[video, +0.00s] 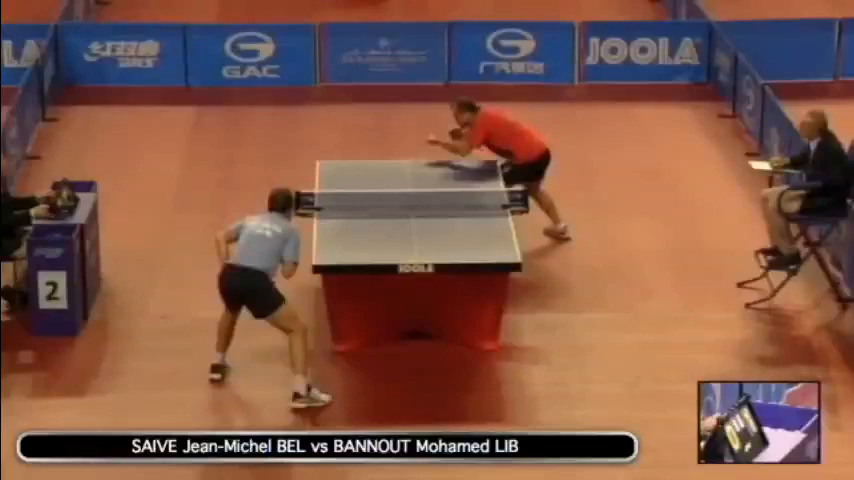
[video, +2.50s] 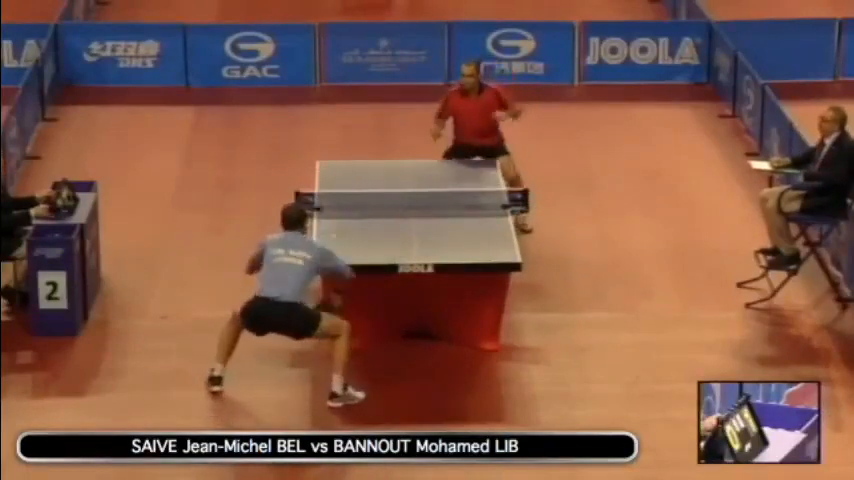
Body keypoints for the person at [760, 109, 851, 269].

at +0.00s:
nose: (801, 126)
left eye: (807, 123)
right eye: (802, 123)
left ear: (818, 127)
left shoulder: (830, 148)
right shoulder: (814, 144)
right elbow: (803, 160)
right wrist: (785, 163)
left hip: (829, 201)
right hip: (816, 193)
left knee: (775, 204)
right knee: (767, 196)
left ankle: (790, 253)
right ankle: (780, 246)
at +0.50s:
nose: (794, 129)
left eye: (798, 125)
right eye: (794, 125)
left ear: (808, 127)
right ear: (808, 127)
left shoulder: (822, 145)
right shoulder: (811, 141)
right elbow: (803, 160)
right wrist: (785, 163)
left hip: (828, 199)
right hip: (815, 191)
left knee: (774, 206)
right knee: (767, 197)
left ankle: (790, 253)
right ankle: (779, 247)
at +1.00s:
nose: (816, 125)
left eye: (821, 122)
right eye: (817, 121)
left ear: (833, 125)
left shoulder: (845, 146)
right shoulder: (823, 142)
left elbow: (842, 180)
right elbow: (805, 159)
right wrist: (786, 163)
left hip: (830, 199)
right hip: (813, 191)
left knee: (774, 204)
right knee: (767, 197)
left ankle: (789, 253)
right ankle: (780, 247)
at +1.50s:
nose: (822, 123)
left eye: (827, 120)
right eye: (823, 119)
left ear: (840, 125)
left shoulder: (847, 146)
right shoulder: (826, 142)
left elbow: (838, 176)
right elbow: (805, 159)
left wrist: (808, 173)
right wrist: (786, 163)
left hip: (830, 199)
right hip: (815, 191)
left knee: (775, 204)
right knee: (766, 196)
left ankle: (790, 254)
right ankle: (780, 247)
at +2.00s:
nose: (821, 123)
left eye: (826, 121)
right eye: (822, 119)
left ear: (838, 125)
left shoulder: (846, 146)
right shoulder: (826, 141)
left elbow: (836, 177)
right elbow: (807, 158)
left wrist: (807, 175)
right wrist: (786, 162)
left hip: (830, 199)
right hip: (814, 191)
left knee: (774, 204)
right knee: (766, 197)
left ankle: (790, 253)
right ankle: (780, 247)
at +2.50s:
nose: (820, 124)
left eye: (825, 121)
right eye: (820, 120)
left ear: (837, 125)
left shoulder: (846, 147)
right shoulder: (826, 141)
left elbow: (837, 177)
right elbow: (806, 159)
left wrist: (807, 175)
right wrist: (786, 163)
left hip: (829, 199)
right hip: (815, 191)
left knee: (774, 205)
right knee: (766, 197)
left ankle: (790, 254)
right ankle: (780, 247)